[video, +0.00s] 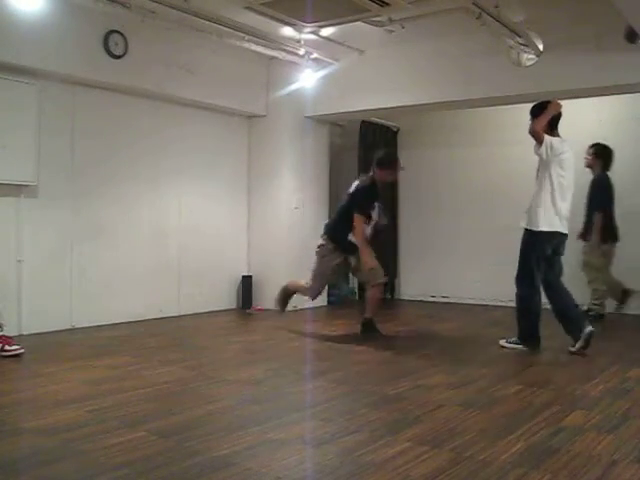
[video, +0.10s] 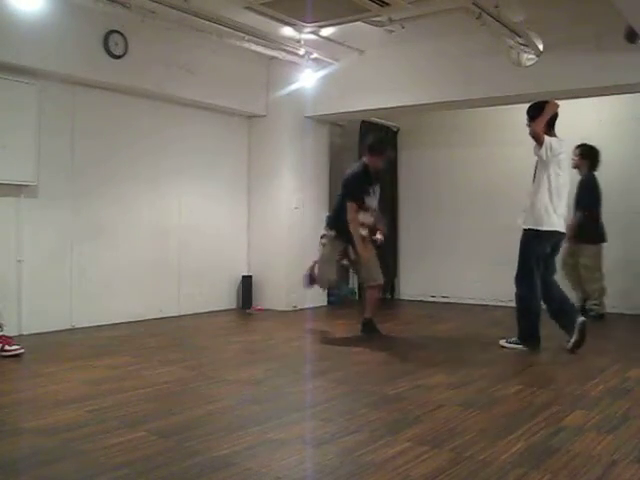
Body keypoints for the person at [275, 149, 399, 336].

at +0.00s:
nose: (394, 177)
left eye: (395, 172)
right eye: (390, 173)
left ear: (381, 170)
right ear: (379, 170)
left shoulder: (374, 187)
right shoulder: (364, 189)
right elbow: (358, 231)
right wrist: (368, 258)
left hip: (353, 244)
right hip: (333, 243)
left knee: (376, 279)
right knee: (313, 291)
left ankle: (368, 323)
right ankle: (290, 288)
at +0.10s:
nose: (383, 164)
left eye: (385, 159)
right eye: (381, 159)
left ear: (376, 158)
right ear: (371, 157)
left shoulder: (375, 177)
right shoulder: (355, 177)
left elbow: (372, 209)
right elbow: (351, 217)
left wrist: (377, 228)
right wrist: (359, 247)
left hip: (360, 233)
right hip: (337, 232)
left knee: (375, 281)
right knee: (328, 280)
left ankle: (368, 321)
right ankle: (315, 271)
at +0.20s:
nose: (376, 153)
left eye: (376, 148)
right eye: (373, 148)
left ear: (372, 148)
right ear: (362, 146)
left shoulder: (372, 169)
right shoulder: (345, 167)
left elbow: (373, 203)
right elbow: (342, 204)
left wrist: (375, 227)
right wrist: (357, 236)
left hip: (365, 229)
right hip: (341, 226)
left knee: (374, 279)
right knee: (331, 265)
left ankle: (367, 320)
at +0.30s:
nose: (363, 148)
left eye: (365, 144)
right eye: (360, 144)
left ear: (367, 143)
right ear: (349, 142)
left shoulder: (368, 163)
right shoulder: (333, 163)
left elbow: (370, 198)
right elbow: (331, 201)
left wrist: (375, 223)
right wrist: (351, 226)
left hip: (365, 225)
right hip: (340, 223)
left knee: (372, 277)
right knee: (331, 260)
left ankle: (367, 319)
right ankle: (340, 281)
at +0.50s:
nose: (339, 148)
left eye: (342, 144)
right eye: (335, 144)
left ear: (344, 145)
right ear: (326, 145)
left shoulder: (350, 165)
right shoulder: (315, 174)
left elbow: (358, 196)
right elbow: (313, 208)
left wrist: (371, 218)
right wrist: (334, 227)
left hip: (365, 230)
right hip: (339, 234)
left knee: (373, 282)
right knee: (335, 280)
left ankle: (367, 322)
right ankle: (326, 329)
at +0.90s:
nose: (346, 144)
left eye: (348, 140)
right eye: (343, 140)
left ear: (349, 140)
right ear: (334, 140)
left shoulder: (356, 160)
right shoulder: (318, 159)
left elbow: (380, 170)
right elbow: (297, 166)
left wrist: (377, 169)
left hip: (353, 226)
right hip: (326, 227)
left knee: (368, 276)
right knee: (326, 277)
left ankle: (368, 321)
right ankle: (326, 326)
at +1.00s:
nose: (362, 146)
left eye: (362, 141)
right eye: (359, 141)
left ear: (360, 141)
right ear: (347, 139)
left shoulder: (360, 161)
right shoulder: (328, 157)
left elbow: (367, 179)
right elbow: (315, 168)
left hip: (349, 222)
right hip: (325, 221)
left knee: (369, 271)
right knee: (332, 269)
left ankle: (361, 321)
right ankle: (326, 326)